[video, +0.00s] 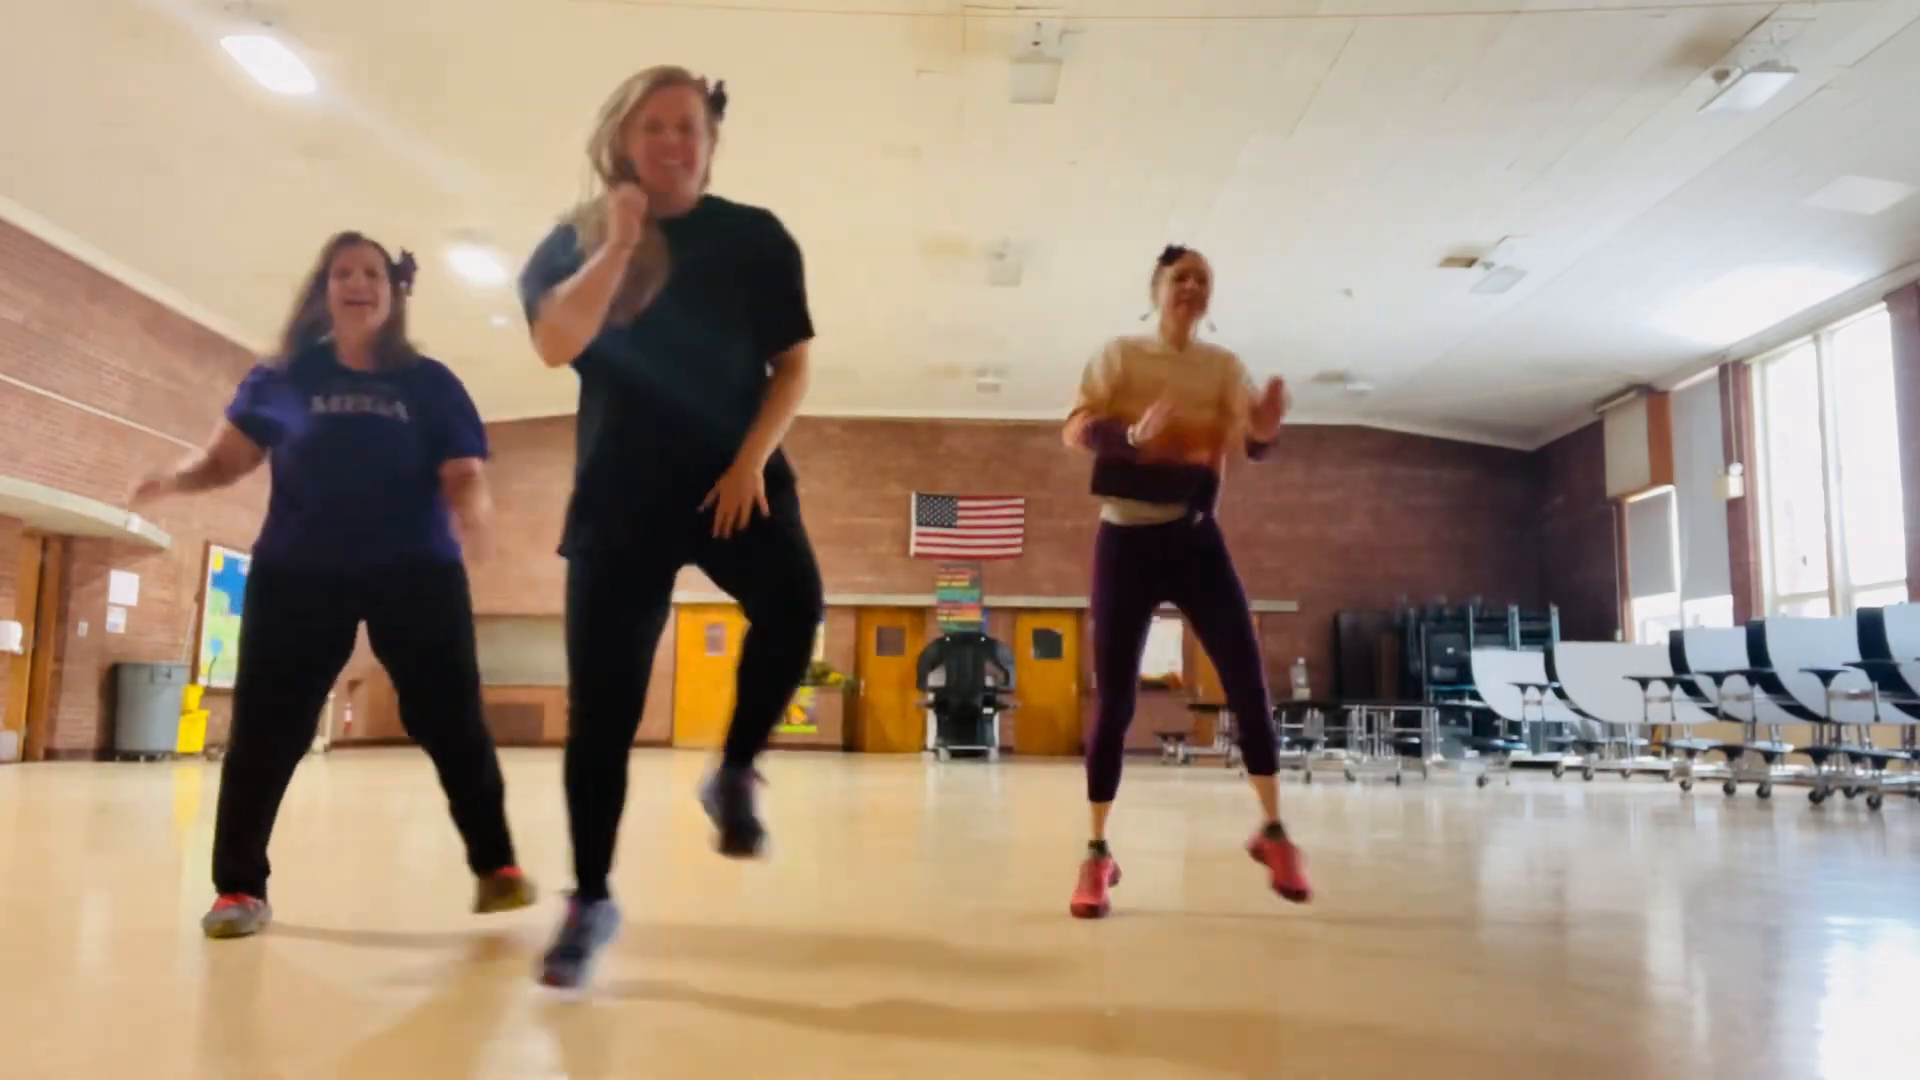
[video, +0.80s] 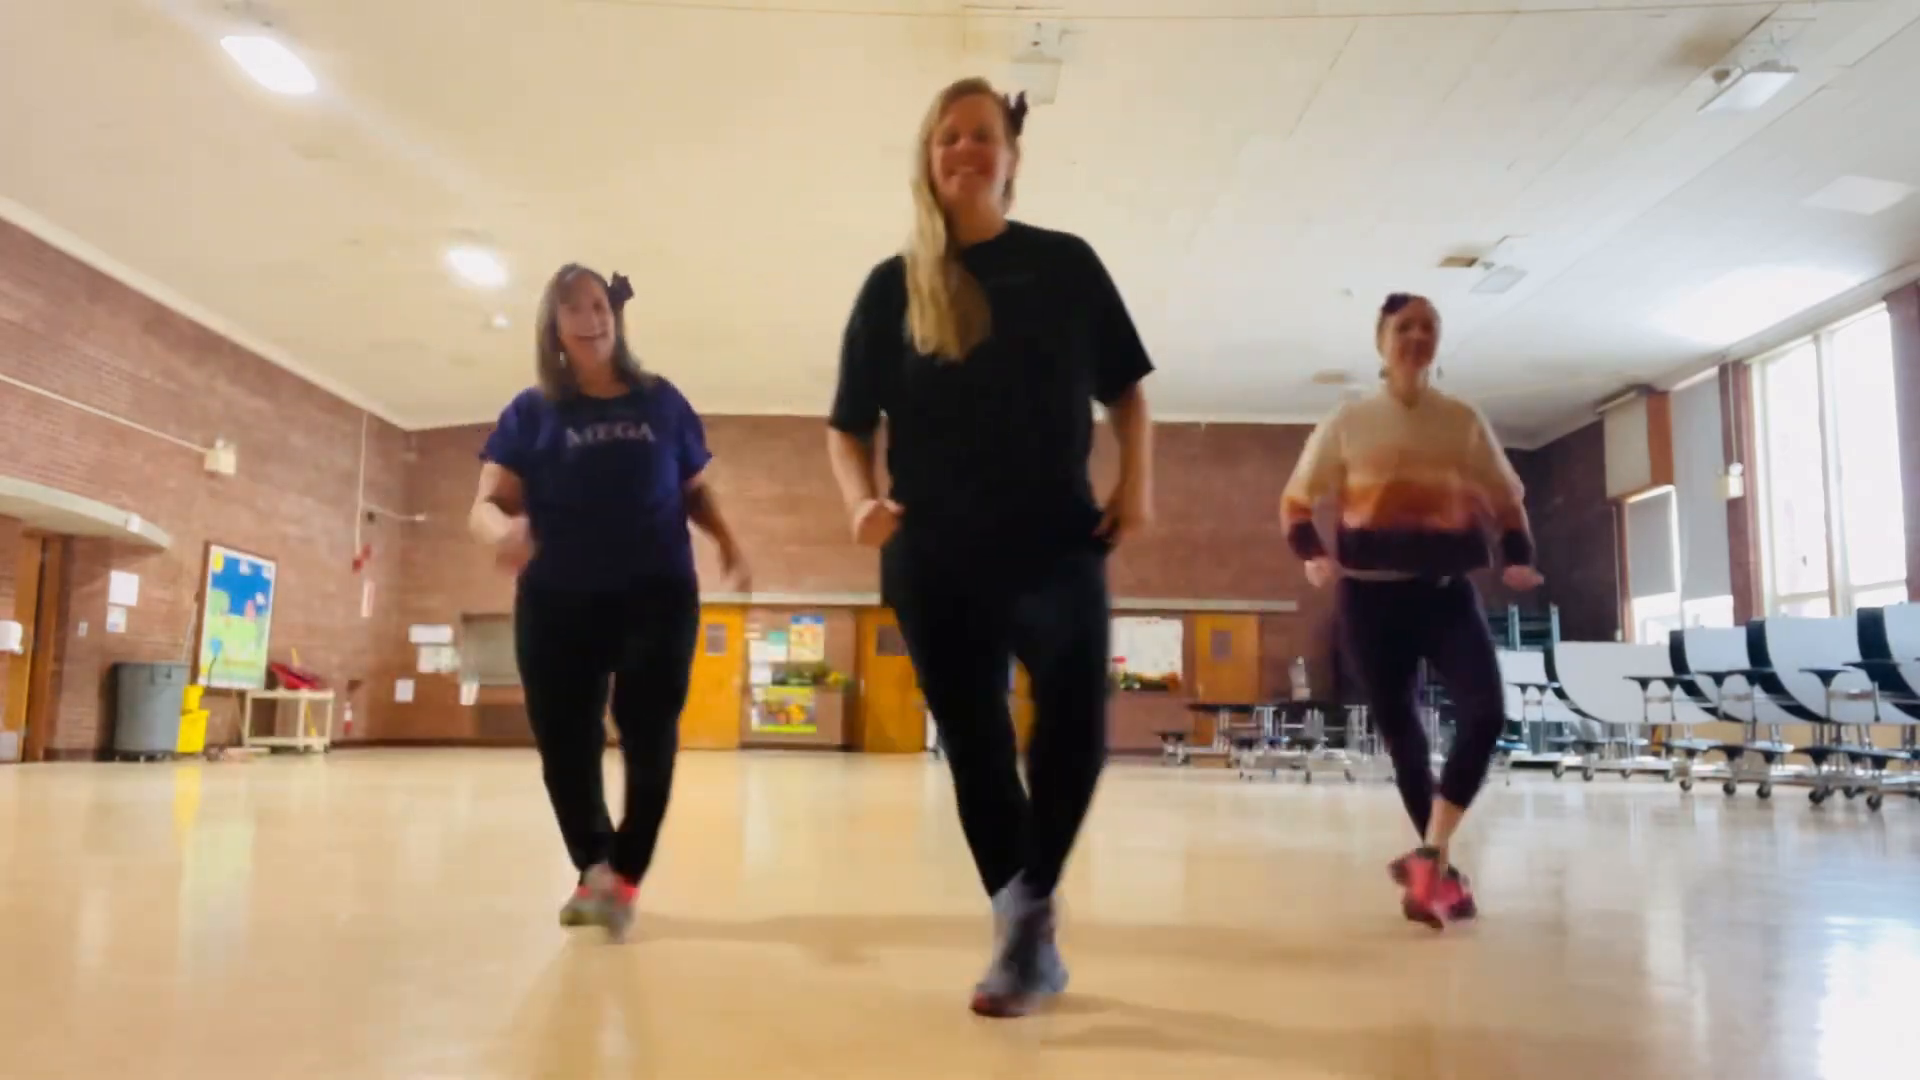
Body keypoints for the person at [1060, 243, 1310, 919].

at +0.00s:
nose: (1190, 289)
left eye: (1200, 281)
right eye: (1180, 279)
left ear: (1209, 296)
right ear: (1156, 290)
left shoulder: (1224, 367)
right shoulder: (1120, 356)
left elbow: (1247, 451)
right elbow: (1077, 433)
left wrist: (1264, 430)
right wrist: (1130, 433)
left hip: (1196, 541)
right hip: (1125, 541)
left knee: (1248, 685)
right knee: (1115, 701)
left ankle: (1273, 830)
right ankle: (1096, 850)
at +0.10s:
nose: (1218, 298)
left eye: (1227, 290)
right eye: (1207, 287)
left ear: (1236, 305)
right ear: (1182, 299)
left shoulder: (1252, 384)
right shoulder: (1145, 369)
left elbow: (1289, 474)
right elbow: (1102, 445)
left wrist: (1300, 472)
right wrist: (1144, 466)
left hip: (1215, 555)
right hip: (1146, 553)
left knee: (1268, 701)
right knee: (1124, 706)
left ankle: (1331, 844)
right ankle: (1100, 855)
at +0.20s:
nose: (1248, 328)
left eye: (1256, 320)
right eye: (1236, 318)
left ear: (1266, 336)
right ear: (1211, 330)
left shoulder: (1281, 421)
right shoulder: (1175, 409)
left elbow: (1311, 504)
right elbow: (1146, 492)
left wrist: (1329, 544)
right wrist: (1149, 557)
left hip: (1241, 593)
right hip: (1170, 589)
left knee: (1306, 727)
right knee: (1134, 735)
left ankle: (1353, 878)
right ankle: (1103, 868)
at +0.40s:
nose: (1326, 314)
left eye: (1334, 304)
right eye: (1314, 304)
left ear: (1344, 318)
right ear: (1287, 317)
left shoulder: (1369, 399)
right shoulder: (1254, 399)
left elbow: (1390, 499)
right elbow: (1208, 494)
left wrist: (1393, 582)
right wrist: (1204, 569)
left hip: (1339, 578)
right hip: (1263, 574)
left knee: (1375, 721)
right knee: (1208, 688)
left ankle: (1367, 882)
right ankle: (1180, 831)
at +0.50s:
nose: (1353, 307)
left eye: (1361, 298)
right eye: (1340, 297)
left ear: (1373, 311)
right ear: (1315, 309)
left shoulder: (1401, 388)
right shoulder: (1281, 391)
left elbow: (1441, 465)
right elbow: (1221, 462)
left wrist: (1430, 542)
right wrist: (1231, 527)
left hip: (1371, 569)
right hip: (1295, 565)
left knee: (1390, 724)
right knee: (1246, 701)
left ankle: (1372, 880)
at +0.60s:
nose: (1374, 309)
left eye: (1384, 300)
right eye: (1362, 299)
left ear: (1397, 314)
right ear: (1339, 312)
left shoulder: (1426, 387)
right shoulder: (1308, 389)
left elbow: (1477, 447)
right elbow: (1242, 440)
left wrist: (1469, 521)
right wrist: (1257, 500)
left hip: (1395, 565)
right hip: (1320, 565)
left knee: (1406, 723)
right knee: (1306, 717)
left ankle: (1374, 877)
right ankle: (1373, 794)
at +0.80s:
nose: (1416, 338)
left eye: (1426, 329)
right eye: (1404, 328)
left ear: (1438, 344)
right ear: (1380, 341)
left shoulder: (1463, 420)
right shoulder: (1348, 422)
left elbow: (1507, 494)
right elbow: (1297, 498)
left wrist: (1519, 556)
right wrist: (1309, 550)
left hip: (1447, 592)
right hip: (1372, 594)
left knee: (1484, 715)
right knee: (1404, 736)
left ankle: (1428, 856)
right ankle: (1444, 870)